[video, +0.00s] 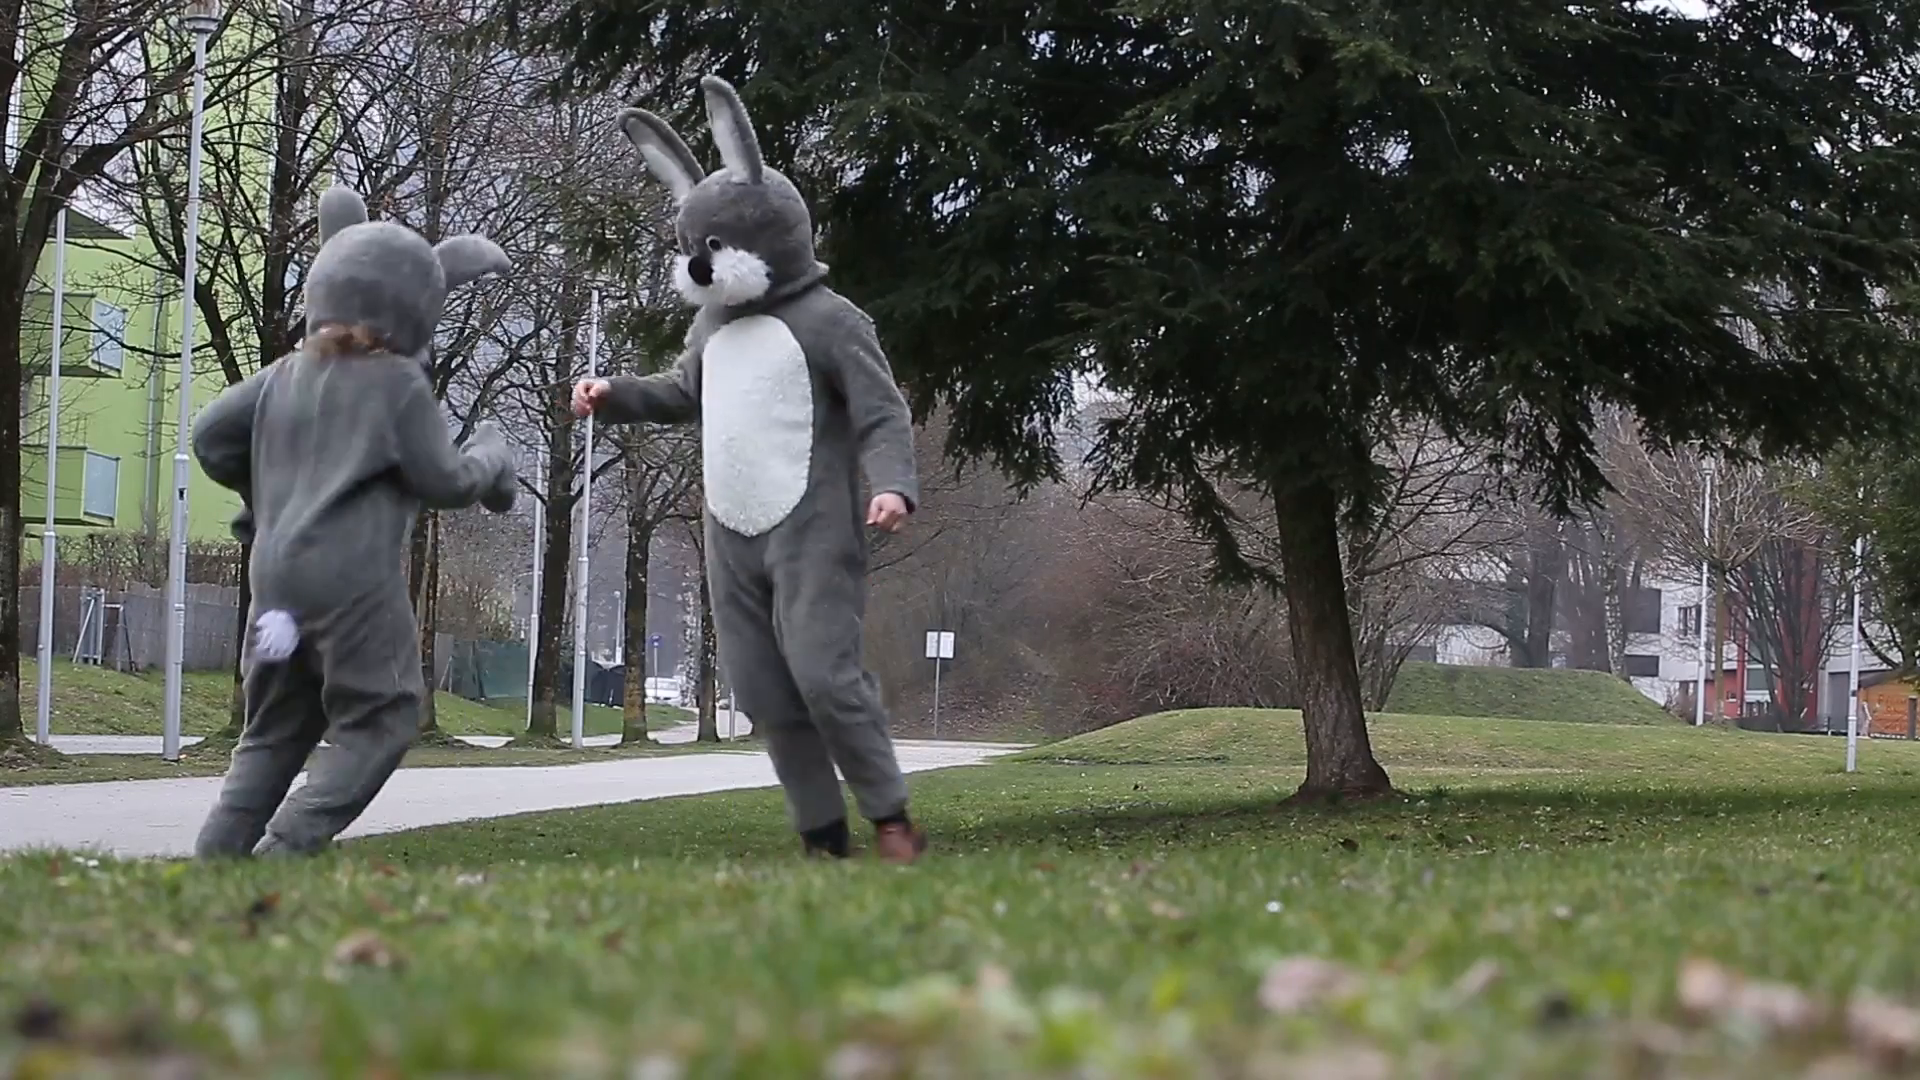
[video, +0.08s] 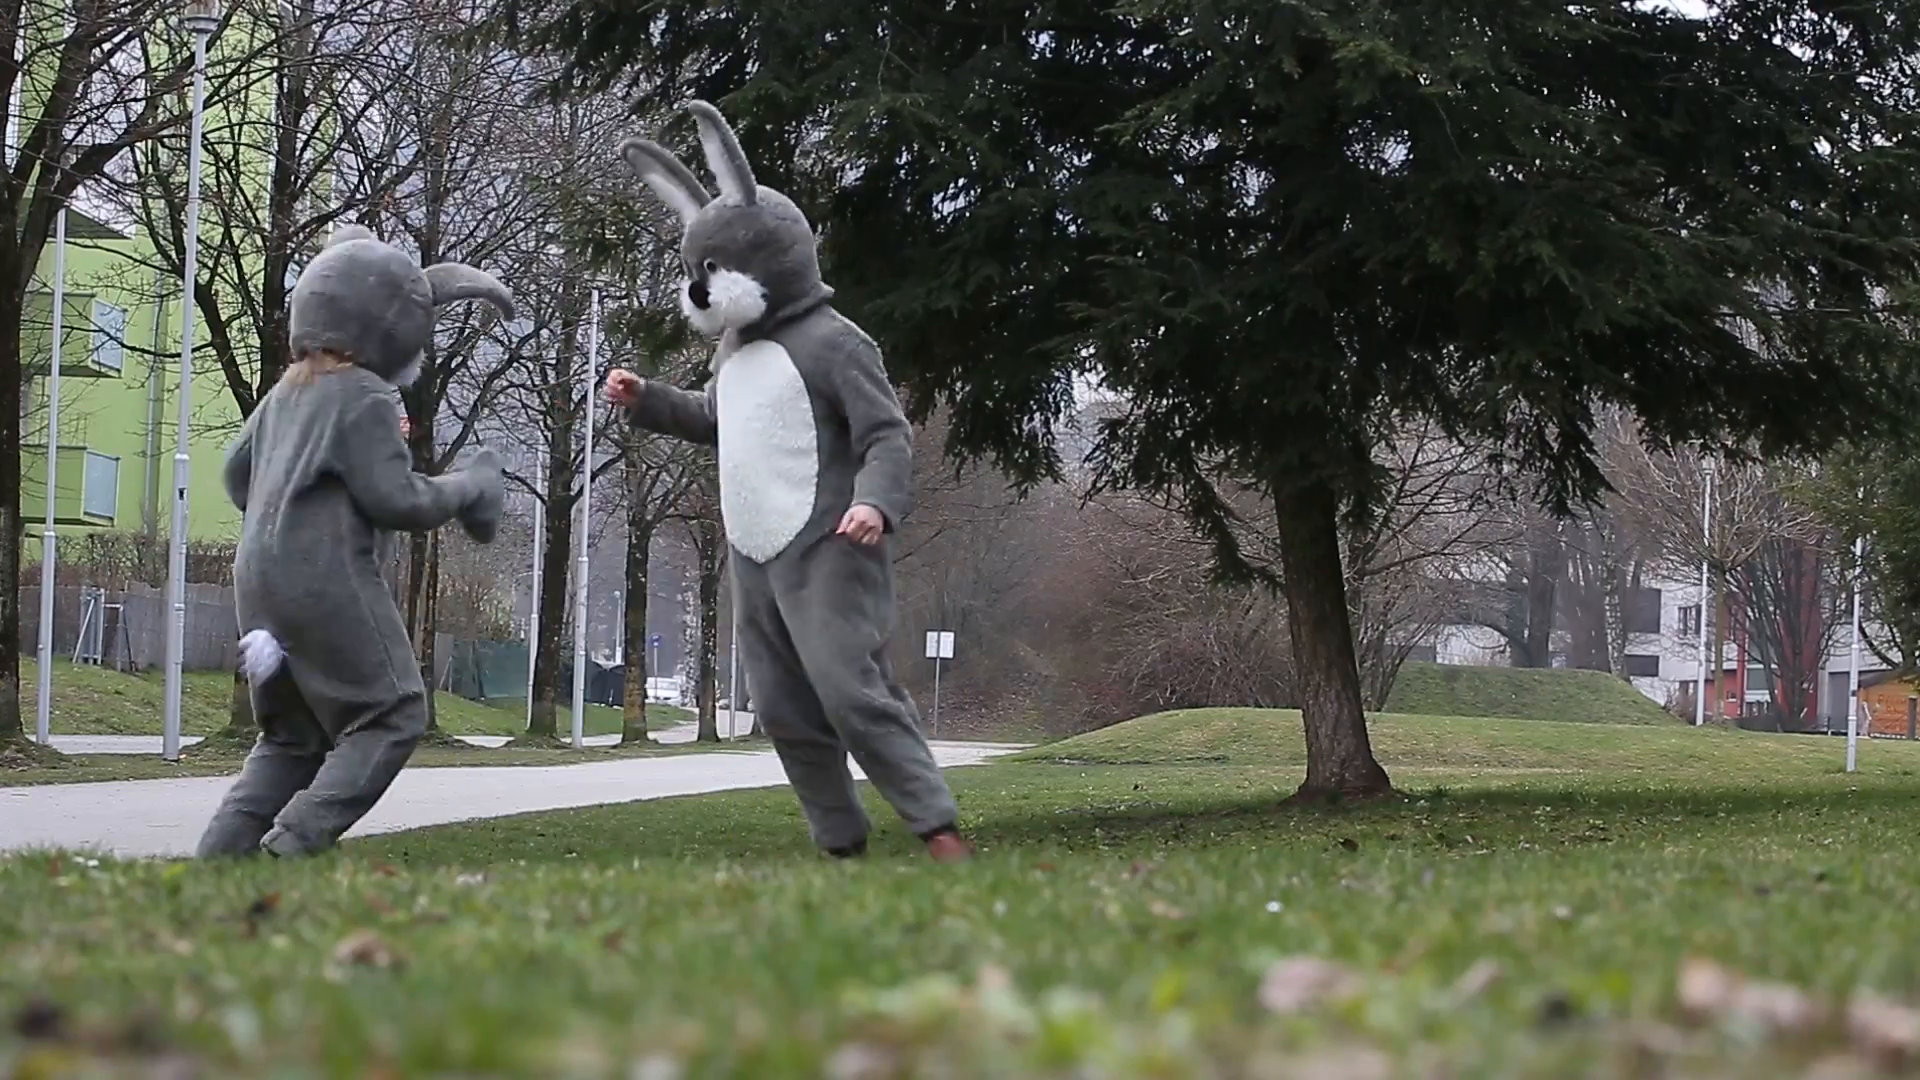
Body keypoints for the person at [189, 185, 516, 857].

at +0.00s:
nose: (429, 321)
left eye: (429, 307)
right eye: (425, 308)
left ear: (322, 298)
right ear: (403, 309)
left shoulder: (280, 376)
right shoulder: (397, 381)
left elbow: (211, 435)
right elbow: (441, 480)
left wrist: (268, 484)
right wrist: (490, 459)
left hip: (272, 573)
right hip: (353, 579)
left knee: (278, 724)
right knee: (384, 713)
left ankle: (214, 858)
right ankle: (287, 848)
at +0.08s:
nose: (415, 347)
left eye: (417, 332)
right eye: (411, 330)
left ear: (314, 319)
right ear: (383, 325)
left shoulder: (281, 395)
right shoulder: (364, 396)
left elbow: (238, 478)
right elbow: (393, 500)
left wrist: (305, 513)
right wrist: (470, 483)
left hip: (257, 580)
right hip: (325, 583)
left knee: (294, 737)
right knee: (394, 713)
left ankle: (219, 856)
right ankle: (296, 843)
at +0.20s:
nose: (397, 333)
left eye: (401, 316)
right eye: (394, 314)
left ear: (316, 302)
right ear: (361, 307)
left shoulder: (298, 371)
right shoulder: (325, 376)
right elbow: (332, 470)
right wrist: (425, 488)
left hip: (272, 566)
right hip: (312, 566)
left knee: (298, 711)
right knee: (408, 676)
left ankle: (221, 852)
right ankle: (314, 829)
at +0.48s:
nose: (400, 275)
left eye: (398, 262)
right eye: (383, 262)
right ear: (342, 271)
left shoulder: (379, 363)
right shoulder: (313, 354)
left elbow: (376, 463)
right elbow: (275, 448)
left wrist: (431, 463)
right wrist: (331, 513)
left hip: (354, 545)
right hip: (317, 544)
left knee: (306, 704)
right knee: (403, 653)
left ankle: (232, 846)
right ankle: (342, 807)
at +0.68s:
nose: (436, 295)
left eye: (432, 281)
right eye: (417, 281)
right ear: (371, 291)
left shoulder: (426, 396)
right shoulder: (337, 376)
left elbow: (463, 465)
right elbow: (282, 478)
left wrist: (486, 499)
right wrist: (318, 550)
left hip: (402, 586)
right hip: (352, 570)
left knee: (351, 722)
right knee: (390, 694)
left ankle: (246, 847)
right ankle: (348, 852)